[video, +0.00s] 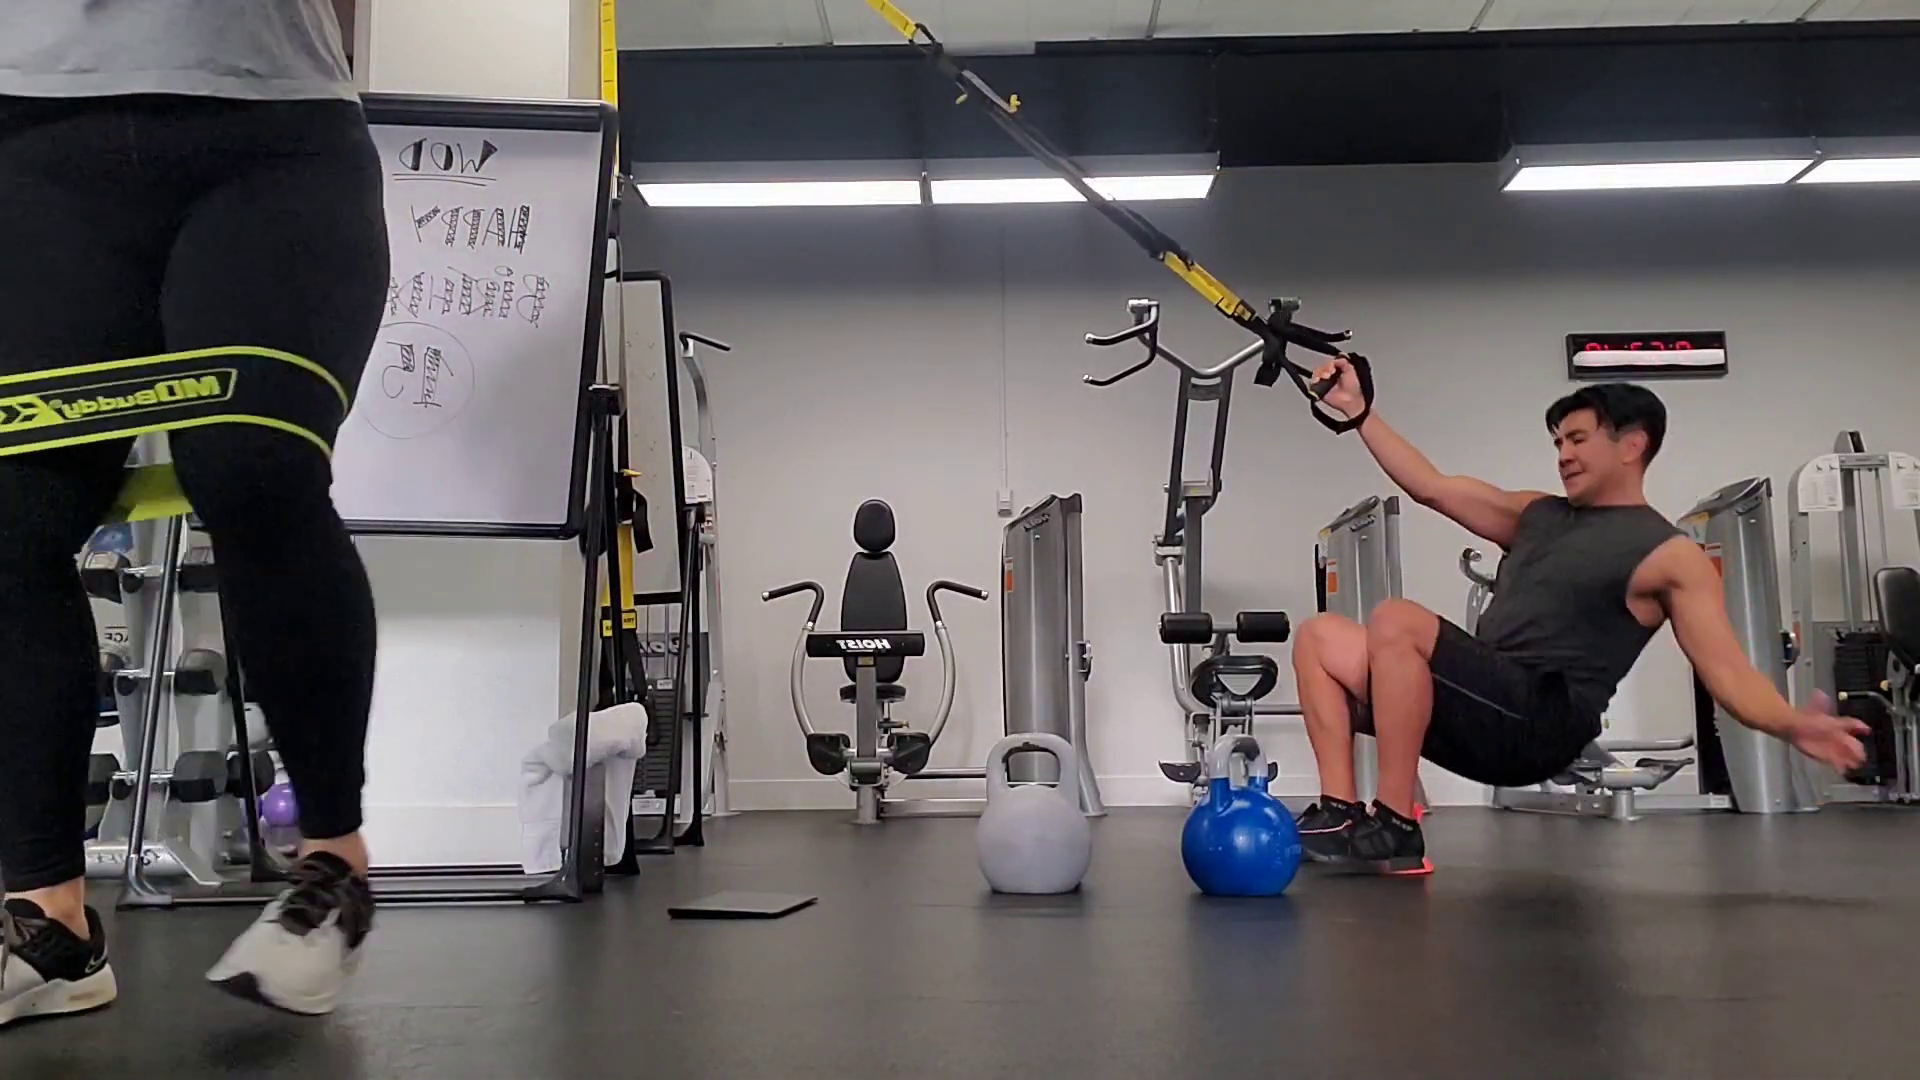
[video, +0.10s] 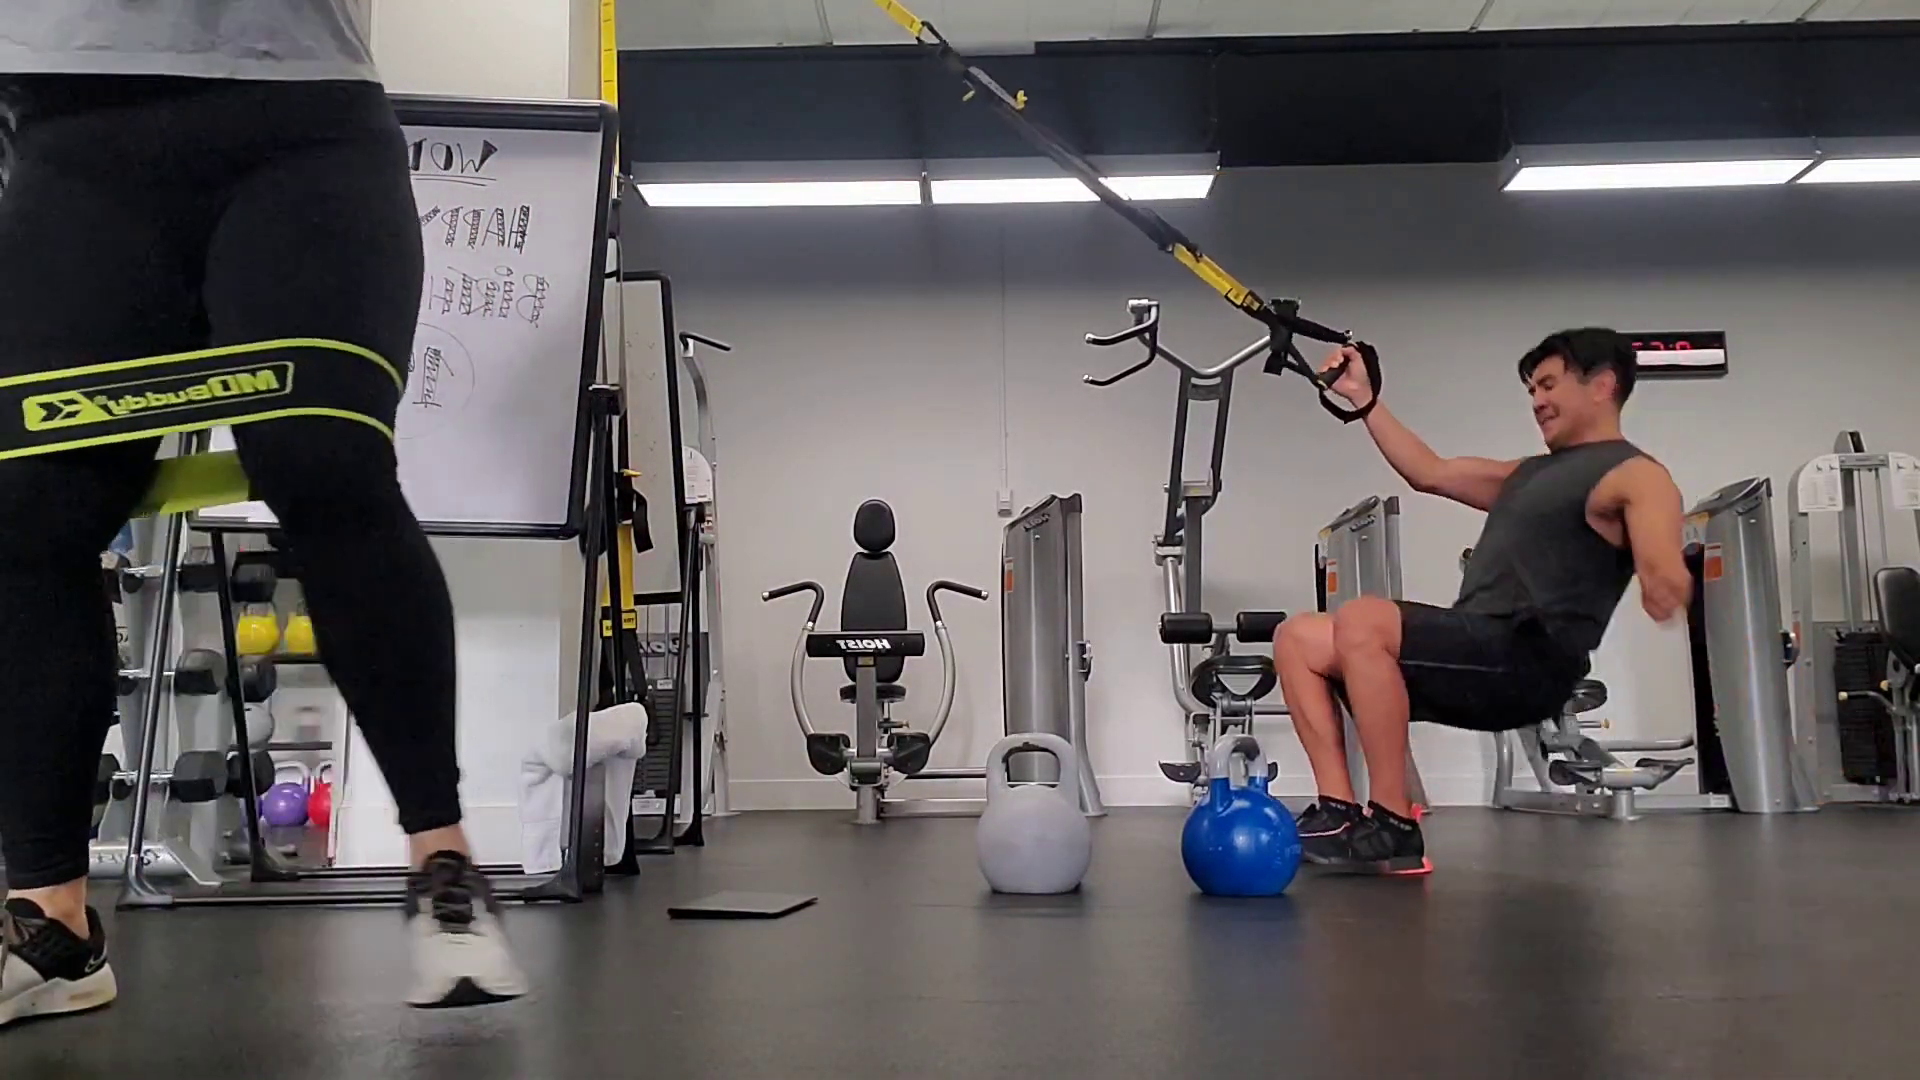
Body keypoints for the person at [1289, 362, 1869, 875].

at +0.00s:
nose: (1561, 454)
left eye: (1576, 439)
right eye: (1558, 443)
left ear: (1635, 444)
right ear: (1561, 453)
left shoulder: (1672, 555)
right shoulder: (1536, 514)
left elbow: (1726, 669)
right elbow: (1428, 484)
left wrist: (1787, 722)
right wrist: (1360, 414)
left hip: (1545, 719)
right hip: (1480, 707)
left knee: (1397, 620)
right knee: (1317, 640)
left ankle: (1396, 822)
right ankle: (1340, 809)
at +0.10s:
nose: (1536, 402)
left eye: (1550, 384)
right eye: (1533, 391)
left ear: (1605, 384)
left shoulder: (1637, 474)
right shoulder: (1527, 474)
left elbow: (1667, 579)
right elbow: (1428, 471)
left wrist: (1662, 593)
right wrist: (1367, 403)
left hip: (1533, 661)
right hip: (1474, 652)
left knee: (1363, 623)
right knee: (1297, 639)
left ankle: (1393, 821)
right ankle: (1338, 810)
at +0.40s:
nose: (1434, 229)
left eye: (1443, 213)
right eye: (1435, 218)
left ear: (1491, 208)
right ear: (1488, 212)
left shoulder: (1505, 264)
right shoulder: (1467, 293)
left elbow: (1408, 255)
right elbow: (1428, 416)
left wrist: (1293, 206)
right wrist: (1381, 363)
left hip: (1459, 473)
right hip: (1419, 476)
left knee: (1342, 618)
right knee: (1304, 623)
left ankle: (1389, 819)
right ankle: (1342, 807)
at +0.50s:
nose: (1403, 193)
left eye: (1412, 180)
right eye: (1406, 181)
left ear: (1454, 178)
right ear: (1467, 187)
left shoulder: (1448, 226)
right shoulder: (1478, 266)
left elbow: (1332, 200)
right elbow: (1442, 366)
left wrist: (1222, 152)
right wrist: (1378, 342)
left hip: (1429, 438)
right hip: (1399, 442)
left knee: (1356, 614)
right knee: (1325, 620)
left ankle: (1390, 820)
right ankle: (1345, 807)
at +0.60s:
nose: (1379, 176)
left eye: (1388, 163)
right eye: (1381, 164)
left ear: (1426, 162)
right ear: (1443, 171)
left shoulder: (1403, 211)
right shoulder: (1477, 269)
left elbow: (1281, 177)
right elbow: (1463, 386)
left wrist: (1167, 130)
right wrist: (1347, 332)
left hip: (1396, 429)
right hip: (1410, 435)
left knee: (1374, 618)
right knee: (1344, 622)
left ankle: (1388, 820)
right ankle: (1347, 809)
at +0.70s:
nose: (1356, 174)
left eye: (1365, 162)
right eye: (1360, 163)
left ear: (1400, 162)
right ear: (1425, 173)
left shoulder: (1367, 207)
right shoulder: (1464, 266)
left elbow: (1239, 174)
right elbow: (1461, 394)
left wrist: (1132, 130)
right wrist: (1369, 363)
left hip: (1376, 431)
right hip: (1415, 436)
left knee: (1381, 621)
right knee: (1350, 624)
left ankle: (1390, 821)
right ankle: (1348, 808)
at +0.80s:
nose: (1340, 178)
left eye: (1348, 164)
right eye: (1343, 166)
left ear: (1383, 160)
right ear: (1409, 171)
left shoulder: (1346, 211)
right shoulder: (1453, 260)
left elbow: (1217, 178)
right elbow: (1464, 387)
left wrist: (1110, 139)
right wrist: (1356, 336)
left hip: (1367, 431)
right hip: (1406, 434)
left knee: (1381, 620)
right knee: (1349, 628)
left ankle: (1390, 820)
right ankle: (1347, 808)